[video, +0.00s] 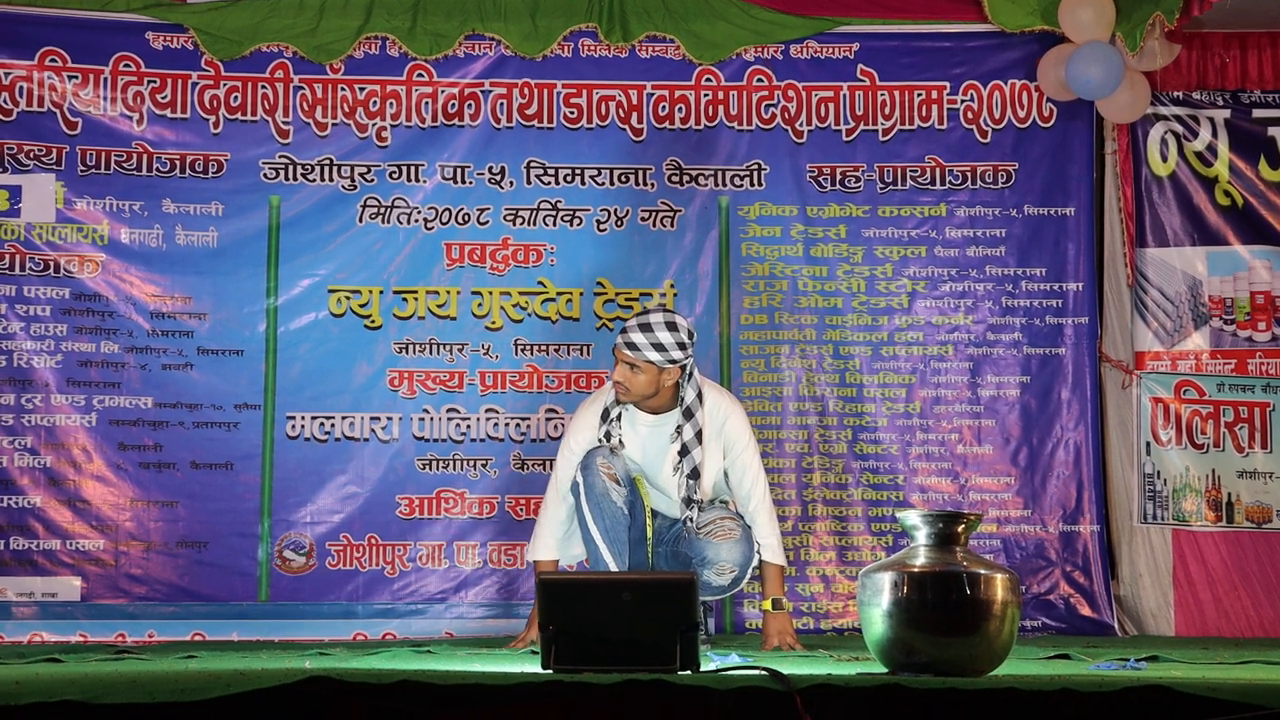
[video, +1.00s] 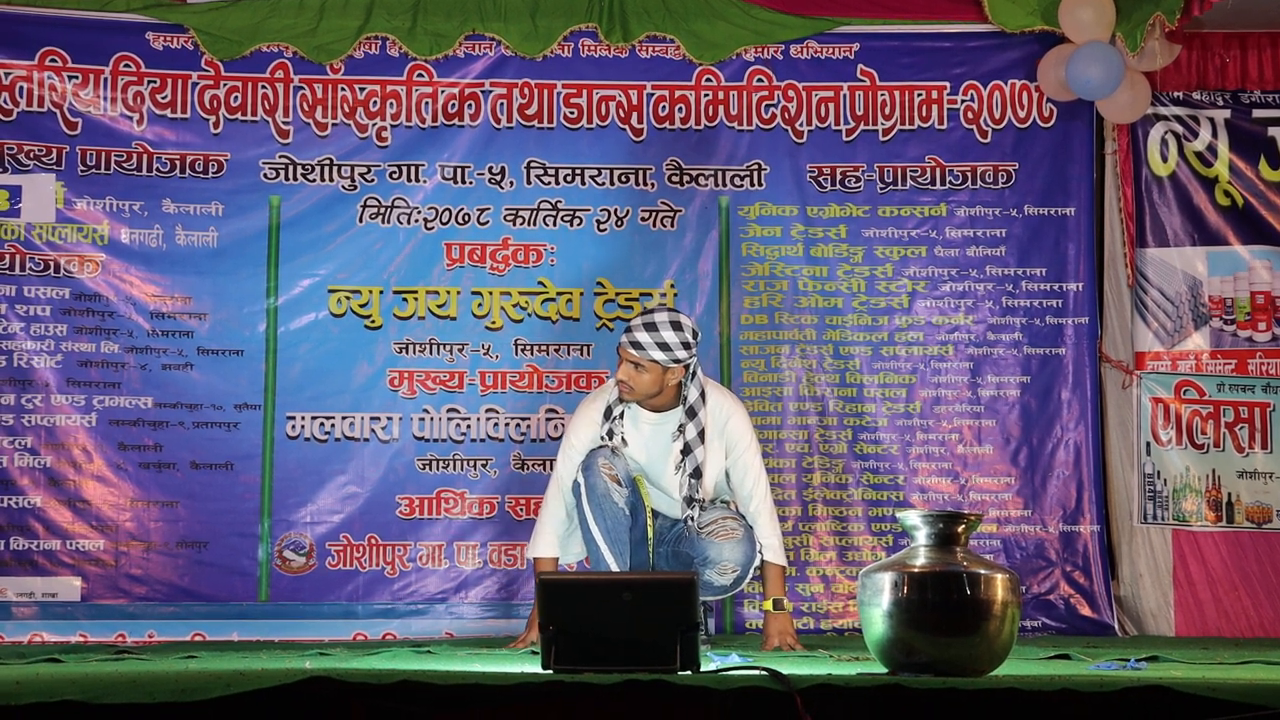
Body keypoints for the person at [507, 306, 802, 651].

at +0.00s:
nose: (616, 376)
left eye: (632, 369)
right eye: (616, 362)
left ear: (670, 374)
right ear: (615, 356)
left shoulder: (723, 413)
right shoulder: (595, 413)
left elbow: (759, 506)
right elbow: (556, 502)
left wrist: (776, 607)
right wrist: (542, 603)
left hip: (692, 537)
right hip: (629, 531)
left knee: (730, 549)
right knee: (599, 462)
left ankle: (688, 608)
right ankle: (620, 603)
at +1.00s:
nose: (620, 375)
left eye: (636, 368)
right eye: (620, 361)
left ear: (675, 373)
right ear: (618, 355)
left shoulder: (724, 413)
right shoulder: (597, 410)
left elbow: (760, 507)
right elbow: (557, 501)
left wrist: (777, 609)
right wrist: (543, 606)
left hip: (690, 541)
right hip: (628, 533)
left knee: (732, 545)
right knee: (600, 463)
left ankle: (687, 611)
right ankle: (619, 608)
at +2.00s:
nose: (622, 375)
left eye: (638, 368)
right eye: (622, 360)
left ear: (677, 374)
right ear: (620, 355)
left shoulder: (725, 413)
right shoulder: (598, 411)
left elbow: (760, 507)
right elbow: (558, 502)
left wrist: (777, 608)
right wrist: (542, 606)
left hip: (691, 539)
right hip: (629, 531)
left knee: (733, 548)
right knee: (601, 463)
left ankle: (687, 611)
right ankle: (621, 607)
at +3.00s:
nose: (623, 375)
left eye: (640, 368)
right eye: (624, 360)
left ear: (678, 374)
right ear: (621, 355)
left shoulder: (727, 414)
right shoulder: (598, 411)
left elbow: (762, 508)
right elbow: (558, 506)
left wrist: (777, 609)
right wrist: (541, 608)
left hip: (691, 539)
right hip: (628, 531)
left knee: (733, 547)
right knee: (604, 463)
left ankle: (688, 610)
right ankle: (620, 607)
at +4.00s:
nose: (624, 374)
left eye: (640, 367)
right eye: (625, 360)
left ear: (679, 373)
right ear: (622, 355)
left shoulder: (728, 414)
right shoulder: (601, 411)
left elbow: (763, 508)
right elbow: (559, 505)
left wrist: (777, 609)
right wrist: (542, 607)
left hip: (692, 540)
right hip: (630, 531)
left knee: (734, 545)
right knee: (604, 462)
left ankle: (690, 610)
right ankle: (619, 606)